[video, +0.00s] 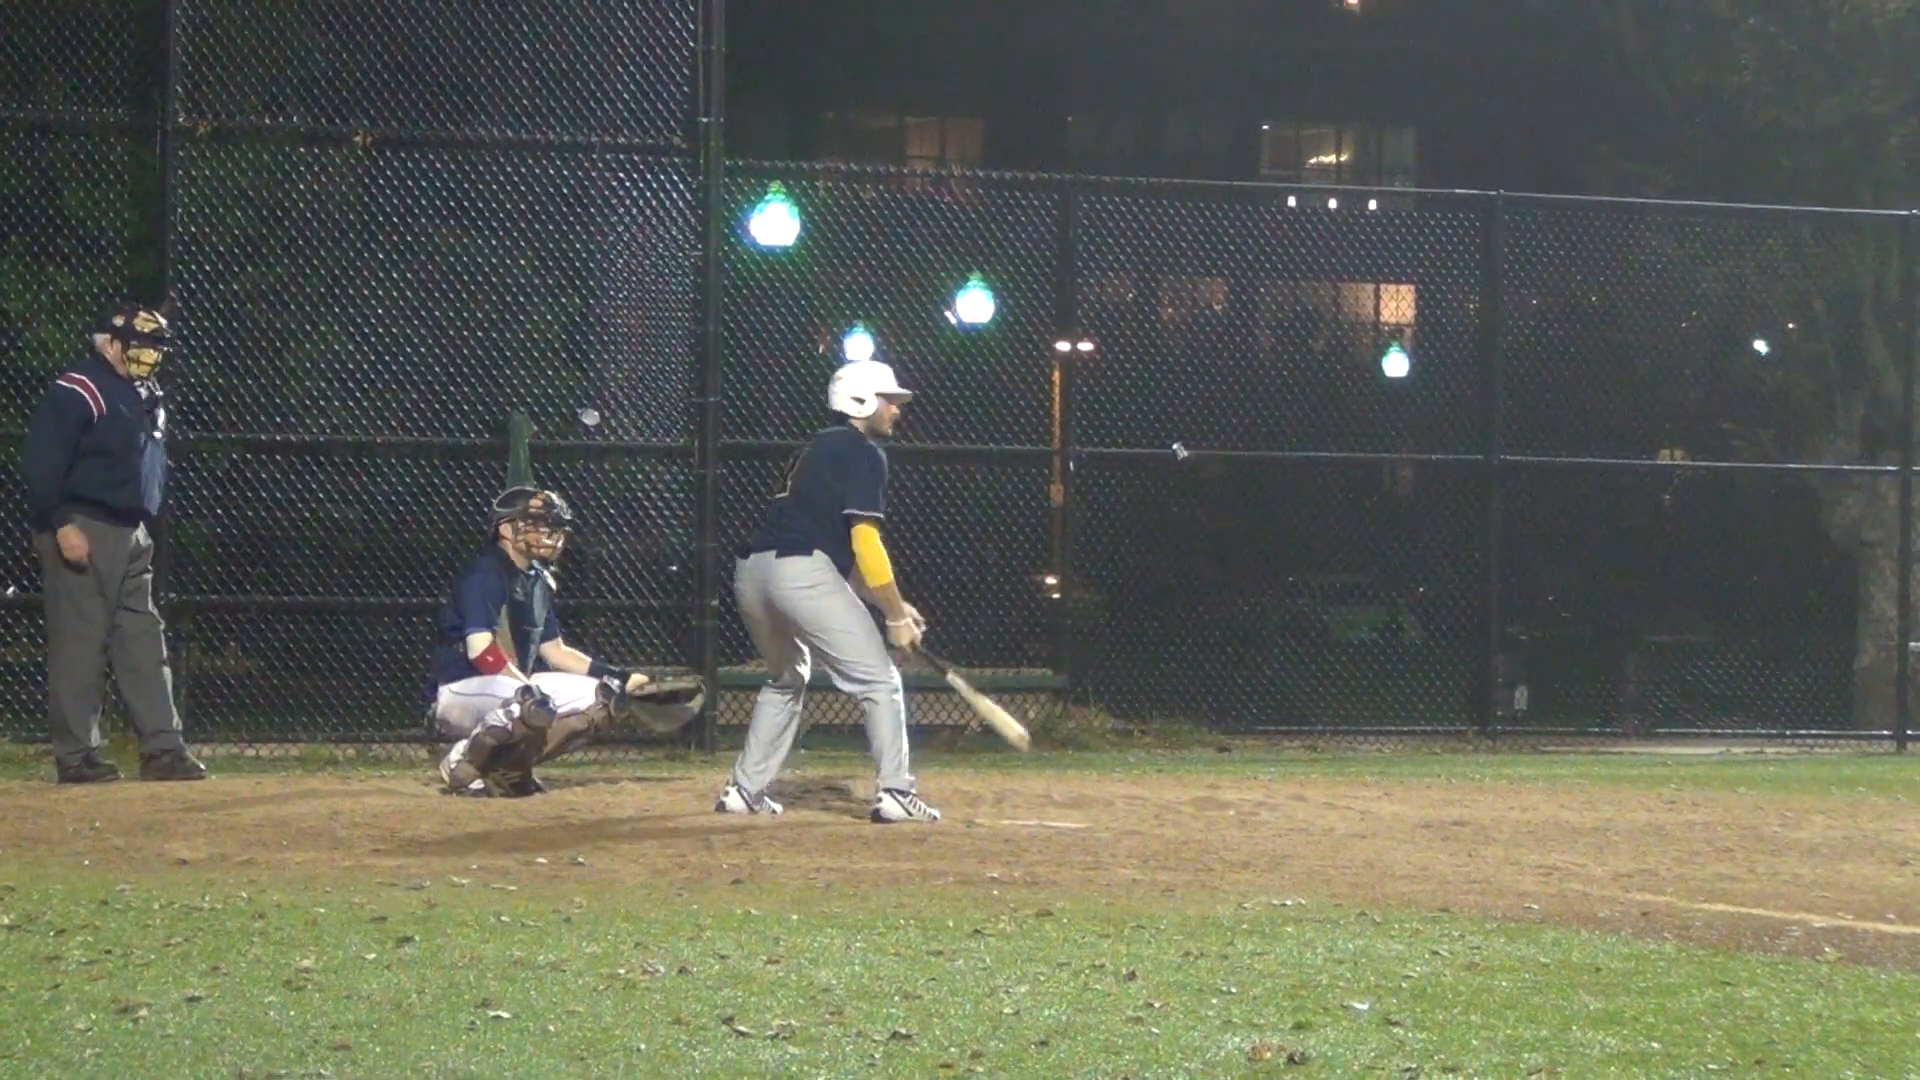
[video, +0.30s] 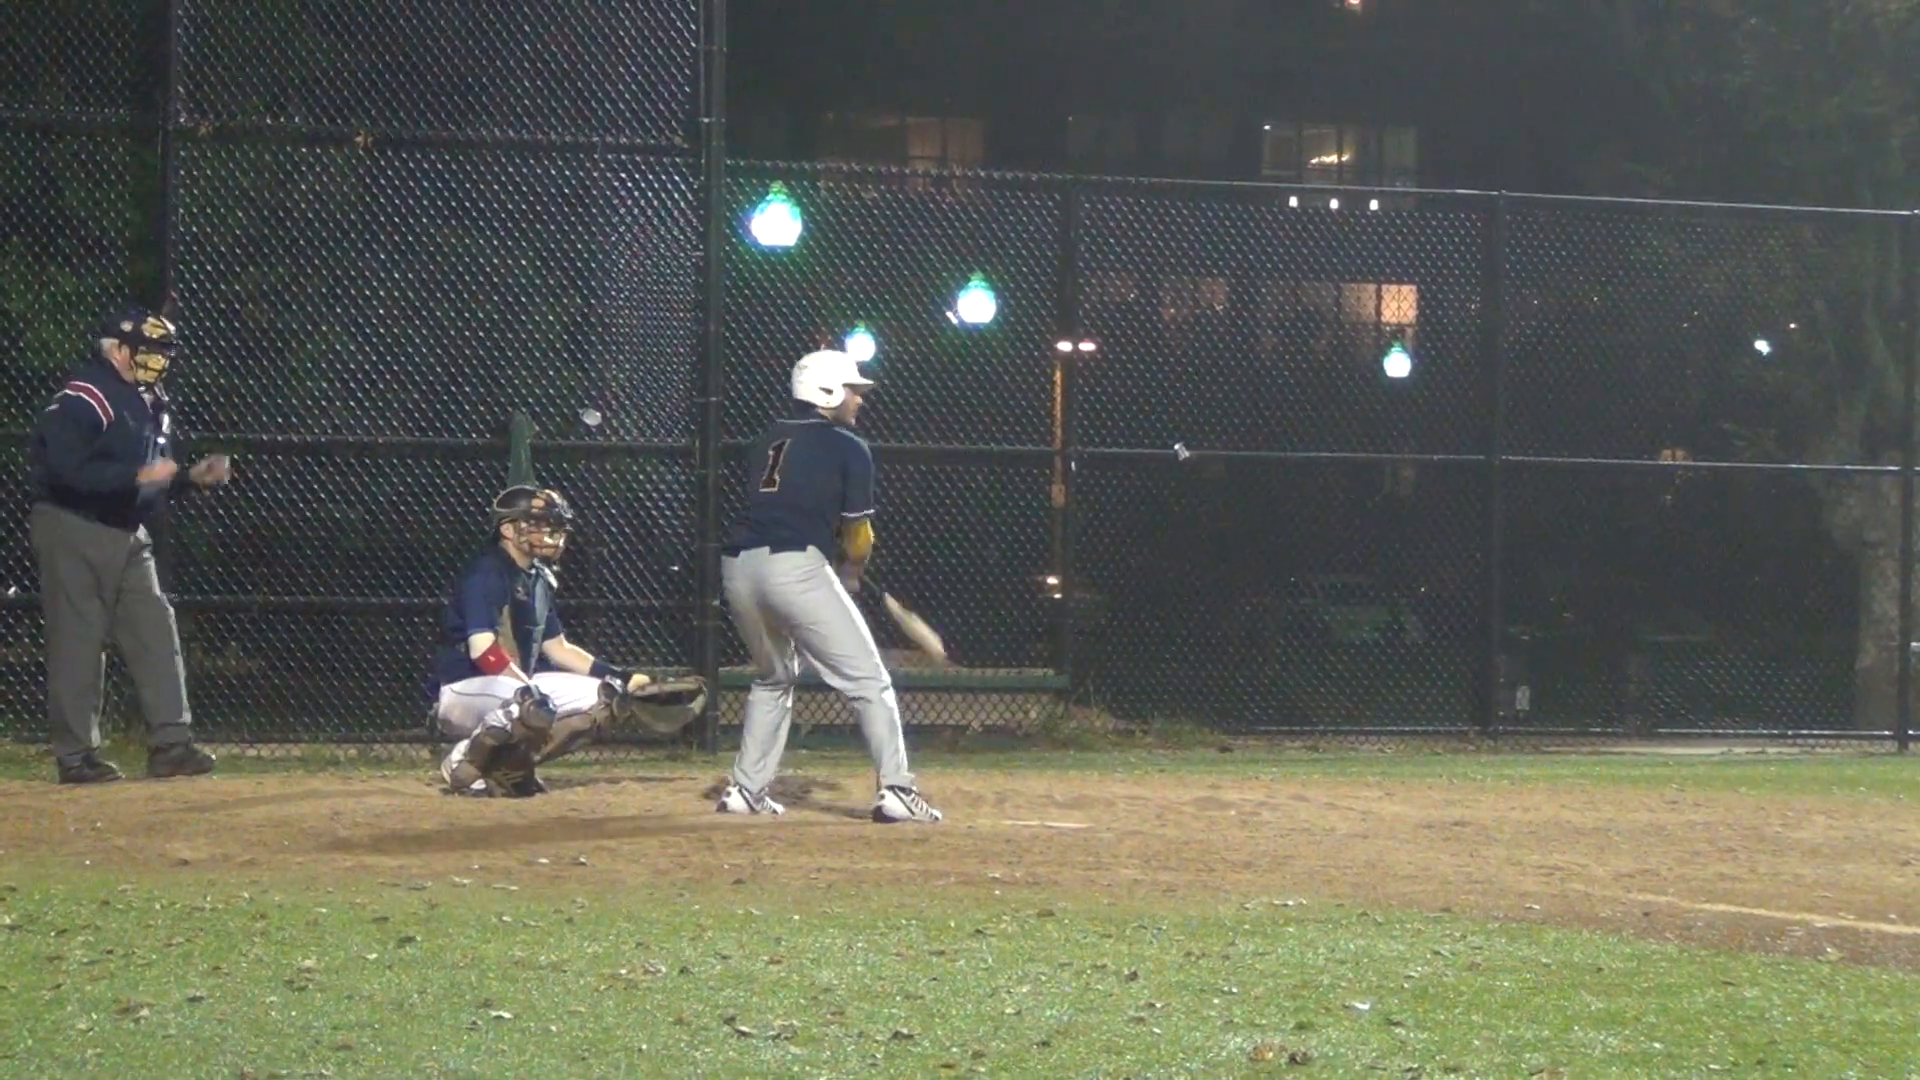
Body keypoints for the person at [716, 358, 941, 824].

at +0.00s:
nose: (897, 409)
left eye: (897, 400)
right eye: (889, 400)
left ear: (852, 407)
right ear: (861, 403)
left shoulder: (819, 447)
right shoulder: (863, 452)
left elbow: (840, 552)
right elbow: (864, 539)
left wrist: (895, 609)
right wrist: (895, 611)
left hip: (750, 570)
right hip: (802, 568)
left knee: (785, 677)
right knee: (879, 680)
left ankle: (745, 790)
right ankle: (897, 793)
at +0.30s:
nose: (861, 399)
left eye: (860, 390)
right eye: (853, 390)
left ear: (810, 396)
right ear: (827, 394)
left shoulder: (772, 435)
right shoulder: (850, 447)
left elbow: (788, 514)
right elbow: (858, 537)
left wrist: (845, 567)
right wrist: (852, 573)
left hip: (737, 567)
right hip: (795, 565)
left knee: (772, 677)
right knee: (869, 683)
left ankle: (746, 790)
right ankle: (898, 790)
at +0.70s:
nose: (860, 397)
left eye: (859, 388)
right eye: (853, 388)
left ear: (804, 391)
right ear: (829, 390)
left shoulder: (757, 432)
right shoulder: (854, 438)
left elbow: (743, 482)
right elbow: (871, 501)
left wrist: (849, 501)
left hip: (753, 572)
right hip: (816, 570)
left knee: (779, 680)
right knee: (882, 683)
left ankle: (748, 789)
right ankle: (899, 792)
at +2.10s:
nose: (889, 407)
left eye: (888, 397)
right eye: (882, 398)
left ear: (834, 401)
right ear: (857, 400)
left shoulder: (792, 444)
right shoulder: (877, 444)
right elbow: (926, 499)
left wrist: (873, 436)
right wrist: (891, 442)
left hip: (780, 587)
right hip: (841, 586)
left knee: (802, 684)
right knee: (916, 694)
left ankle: (755, 789)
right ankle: (908, 793)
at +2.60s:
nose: (898, 416)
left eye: (898, 407)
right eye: (891, 407)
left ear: (846, 410)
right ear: (864, 409)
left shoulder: (800, 449)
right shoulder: (882, 460)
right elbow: (929, 518)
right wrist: (894, 479)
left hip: (775, 594)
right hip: (834, 593)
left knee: (808, 685)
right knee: (915, 694)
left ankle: (756, 790)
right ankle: (910, 793)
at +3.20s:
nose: (877, 416)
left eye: (877, 407)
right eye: (871, 407)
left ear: (821, 406)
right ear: (849, 407)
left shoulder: (775, 441)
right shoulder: (873, 453)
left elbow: (700, 458)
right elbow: (872, 508)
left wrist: (750, 446)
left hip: (777, 579)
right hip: (841, 574)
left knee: (785, 681)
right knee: (920, 670)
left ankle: (754, 787)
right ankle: (952, 759)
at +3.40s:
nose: (905, 444)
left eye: (905, 435)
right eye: (901, 434)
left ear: (849, 429)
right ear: (886, 429)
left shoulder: (802, 468)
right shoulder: (903, 473)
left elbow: (732, 512)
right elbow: (910, 534)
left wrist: (784, 480)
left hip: (807, 599)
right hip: (873, 595)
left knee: (803, 688)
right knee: (954, 699)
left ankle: (759, 787)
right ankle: (977, 794)